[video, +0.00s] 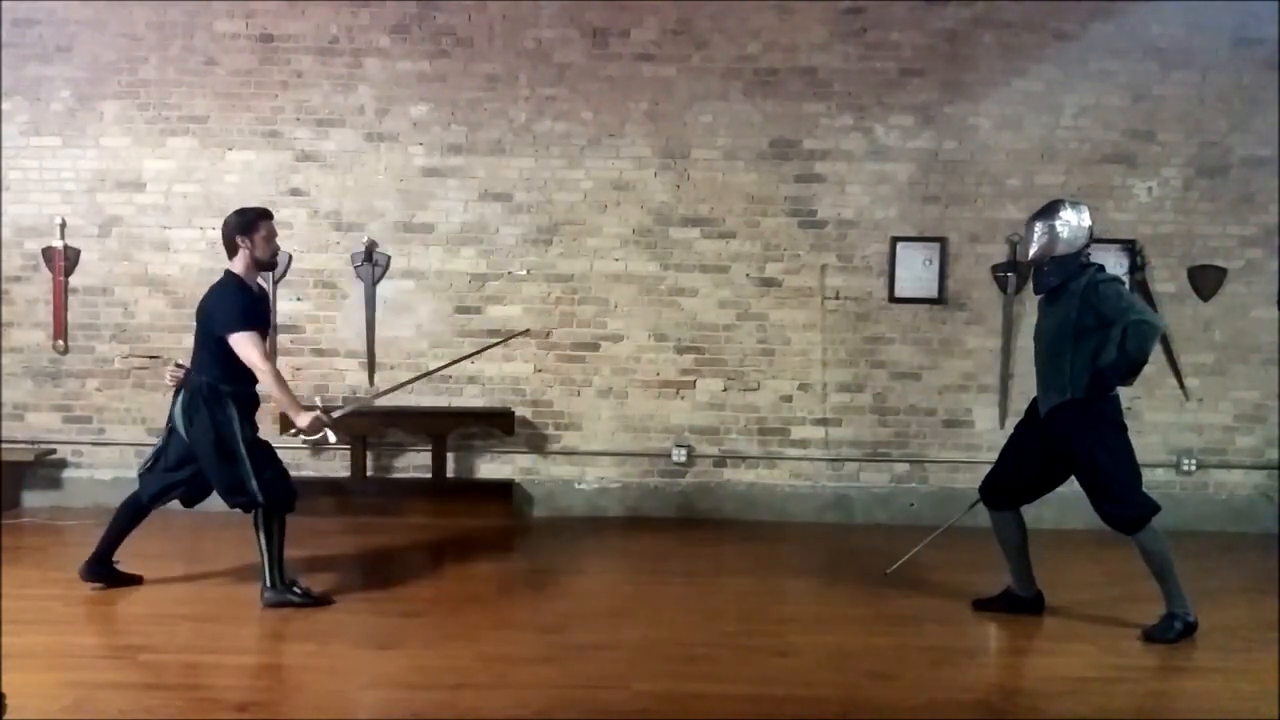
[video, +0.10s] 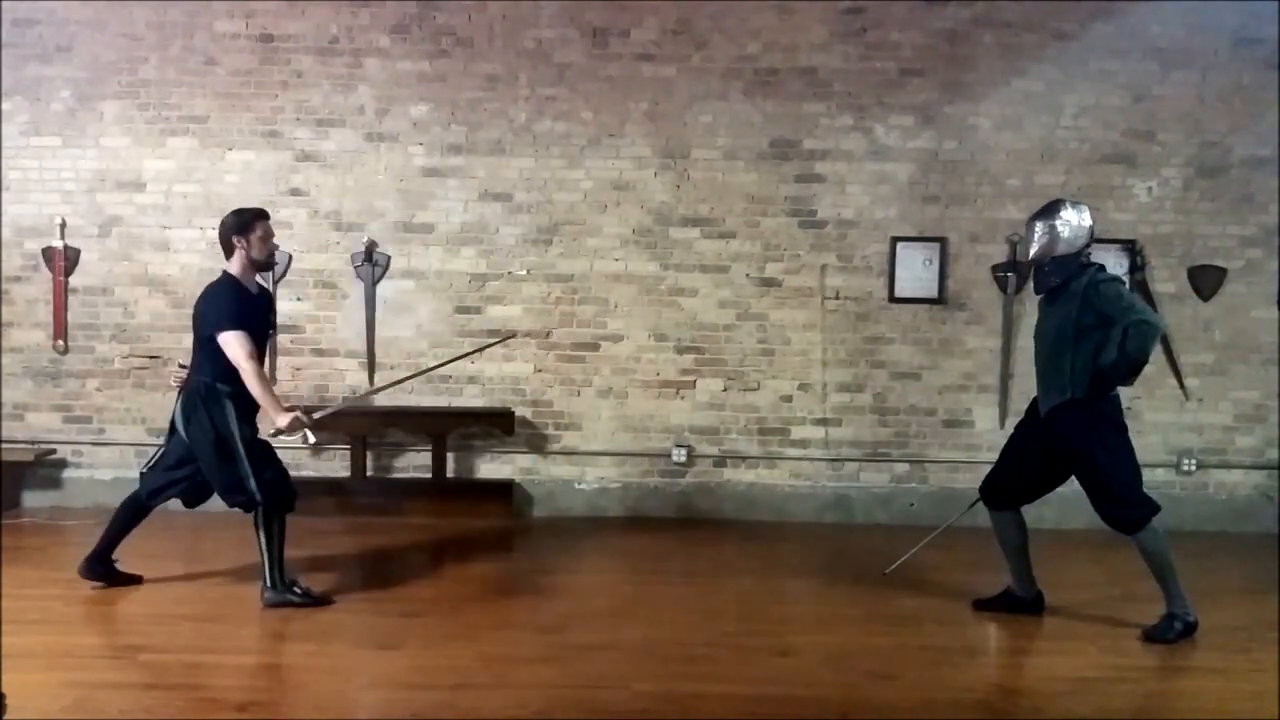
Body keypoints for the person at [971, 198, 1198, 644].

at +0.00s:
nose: (1033, 245)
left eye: (1040, 236)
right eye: (1033, 236)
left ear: (1063, 238)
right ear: (1060, 239)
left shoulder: (1094, 284)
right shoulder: (1056, 286)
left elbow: (1144, 324)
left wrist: (1109, 376)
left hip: (1092, 416)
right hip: (1050, 413)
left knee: (1130, 511)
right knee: (998, 493)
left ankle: (1180, 612)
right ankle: (1023, 591)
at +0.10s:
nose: (1034, 247)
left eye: (1041, 236)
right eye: (1033, 237)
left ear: (1065, 238)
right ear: (1060, 239)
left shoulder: (1095, 284)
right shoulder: (1057, 287)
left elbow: (1145, 323)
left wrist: (1112, 374)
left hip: (1092, 416)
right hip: (1050, 414)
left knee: (1131, 511)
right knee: (998, 493)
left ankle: (1180, 612)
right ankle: (1023, 591)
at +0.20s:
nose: (1034, 245)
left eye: (1041, 235)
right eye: (1034, 235)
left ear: (1064, 237)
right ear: (1063, 238)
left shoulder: (1095, 283)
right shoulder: (1057, 287)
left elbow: (1145, 324)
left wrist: (1112, 375)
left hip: (1093, 416)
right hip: (1051, 414)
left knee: (1131, 511)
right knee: (999, 493)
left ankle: (1180, 611)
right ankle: (1023, 591)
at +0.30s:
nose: (1035, 245)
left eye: (1042, 235)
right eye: (1035, 235)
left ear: (1065, 237)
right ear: (1063, 238)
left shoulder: (1096, 283)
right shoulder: (1056, 287)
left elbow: (1145, 324)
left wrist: (1111, 375)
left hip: (1093, 416)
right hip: (1051, 415)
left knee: (1131, 511)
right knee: (999, 493)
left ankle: (1180, 611)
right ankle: (1023, 591)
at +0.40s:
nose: (1036, 245)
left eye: (1044, 235)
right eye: (1036, 236)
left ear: (1067, 237)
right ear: (1063, 238)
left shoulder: (1097, 283)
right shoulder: (1057, 286)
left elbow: (1146, 324)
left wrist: (1112, 375)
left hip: (1093, 416)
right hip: (1051, 414)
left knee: (1131, 511)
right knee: (999, 493)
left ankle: (1180, 612)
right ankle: (1023, 591)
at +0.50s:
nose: (1037, 246)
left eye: (1044, 235)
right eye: (1036, 236)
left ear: (1066, 236)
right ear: (1065, 237)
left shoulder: (1097, 283)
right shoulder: (1057, 287)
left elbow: (1147, 324)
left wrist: (1114, 374)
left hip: (1094, 416)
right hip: (1052, 414)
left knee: (1131, 511)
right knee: (1000, 493)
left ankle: (1180, 612)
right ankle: (1023, 591)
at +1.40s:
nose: (1044, 244)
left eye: (1052, 233)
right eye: (1043, 233)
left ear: (1077, 235)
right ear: (1061, 235)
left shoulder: (1104, 282)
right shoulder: (1066, 285)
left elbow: (1153, 322)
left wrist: (1117, 375)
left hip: (1100, 415)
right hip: (1058, 413)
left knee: (1134, 510)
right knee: (1004, 493)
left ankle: (1180, 612)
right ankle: (1023, 592)